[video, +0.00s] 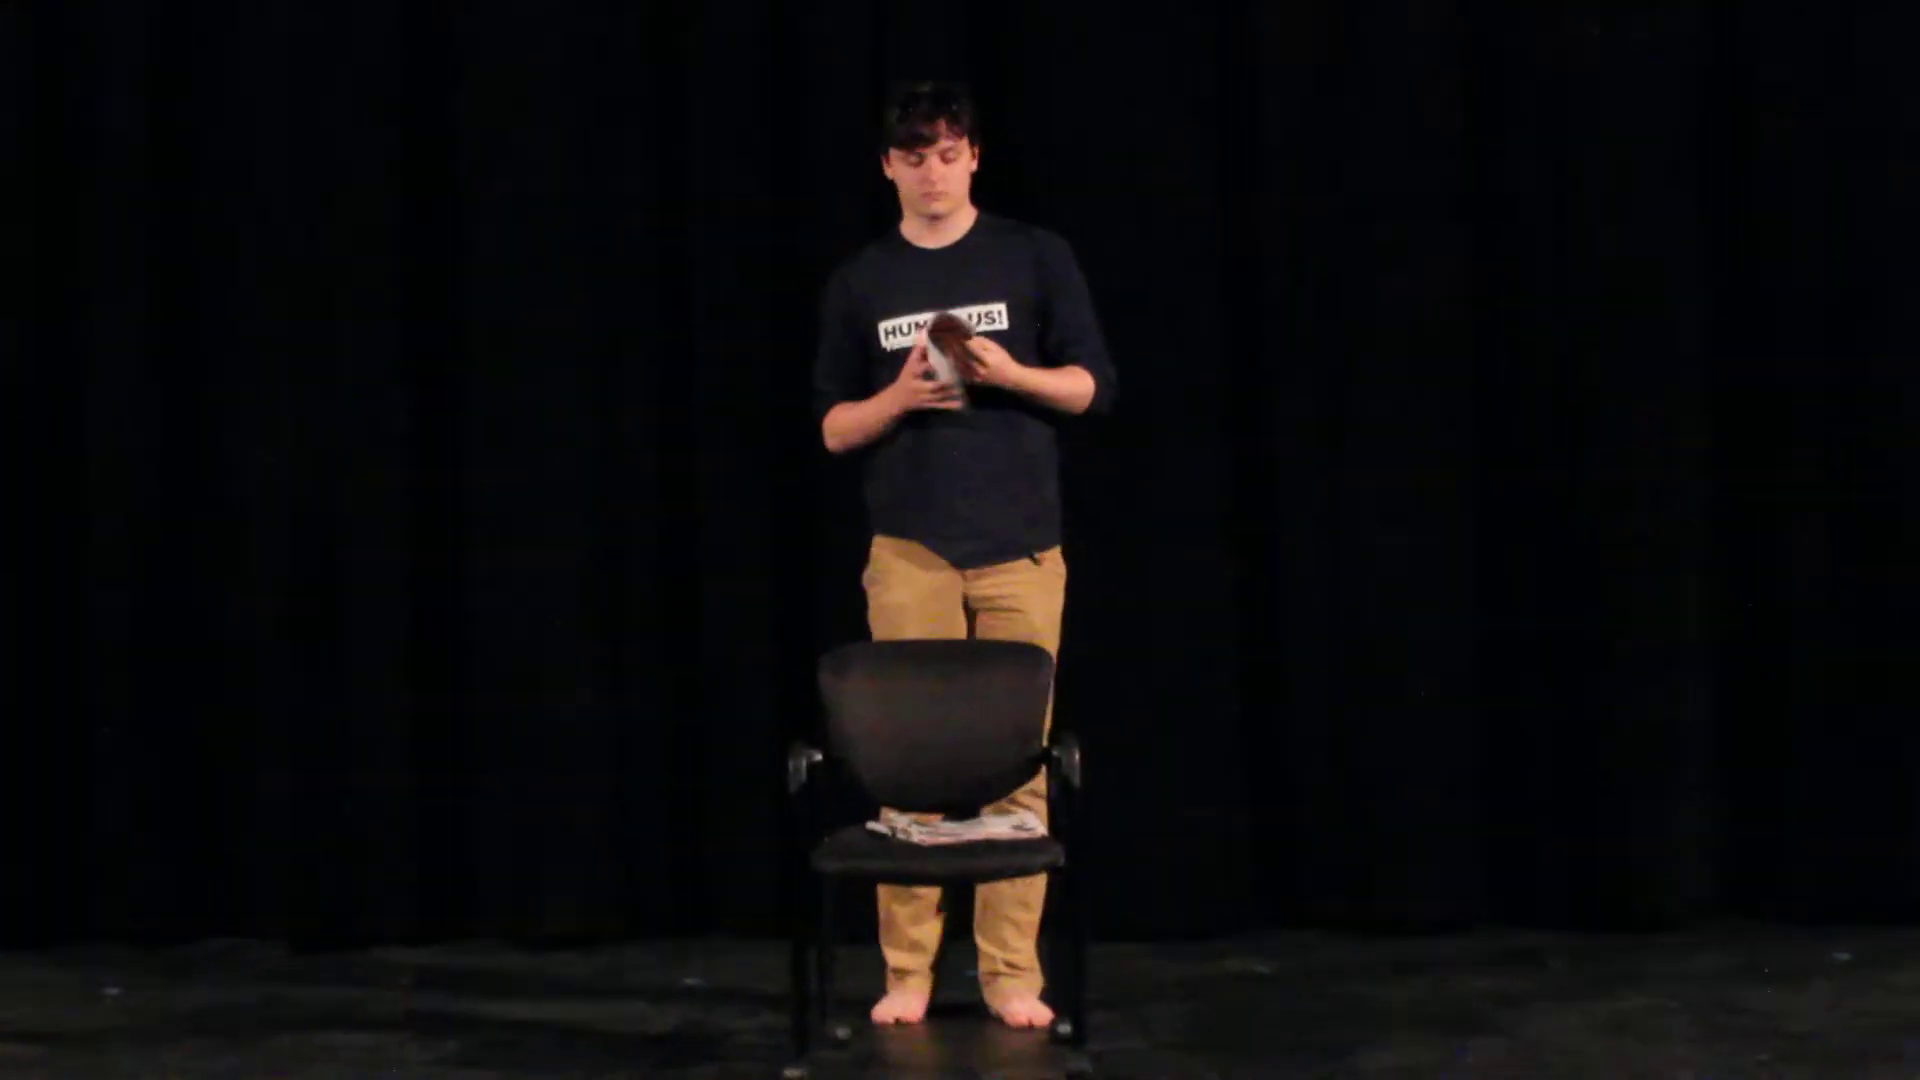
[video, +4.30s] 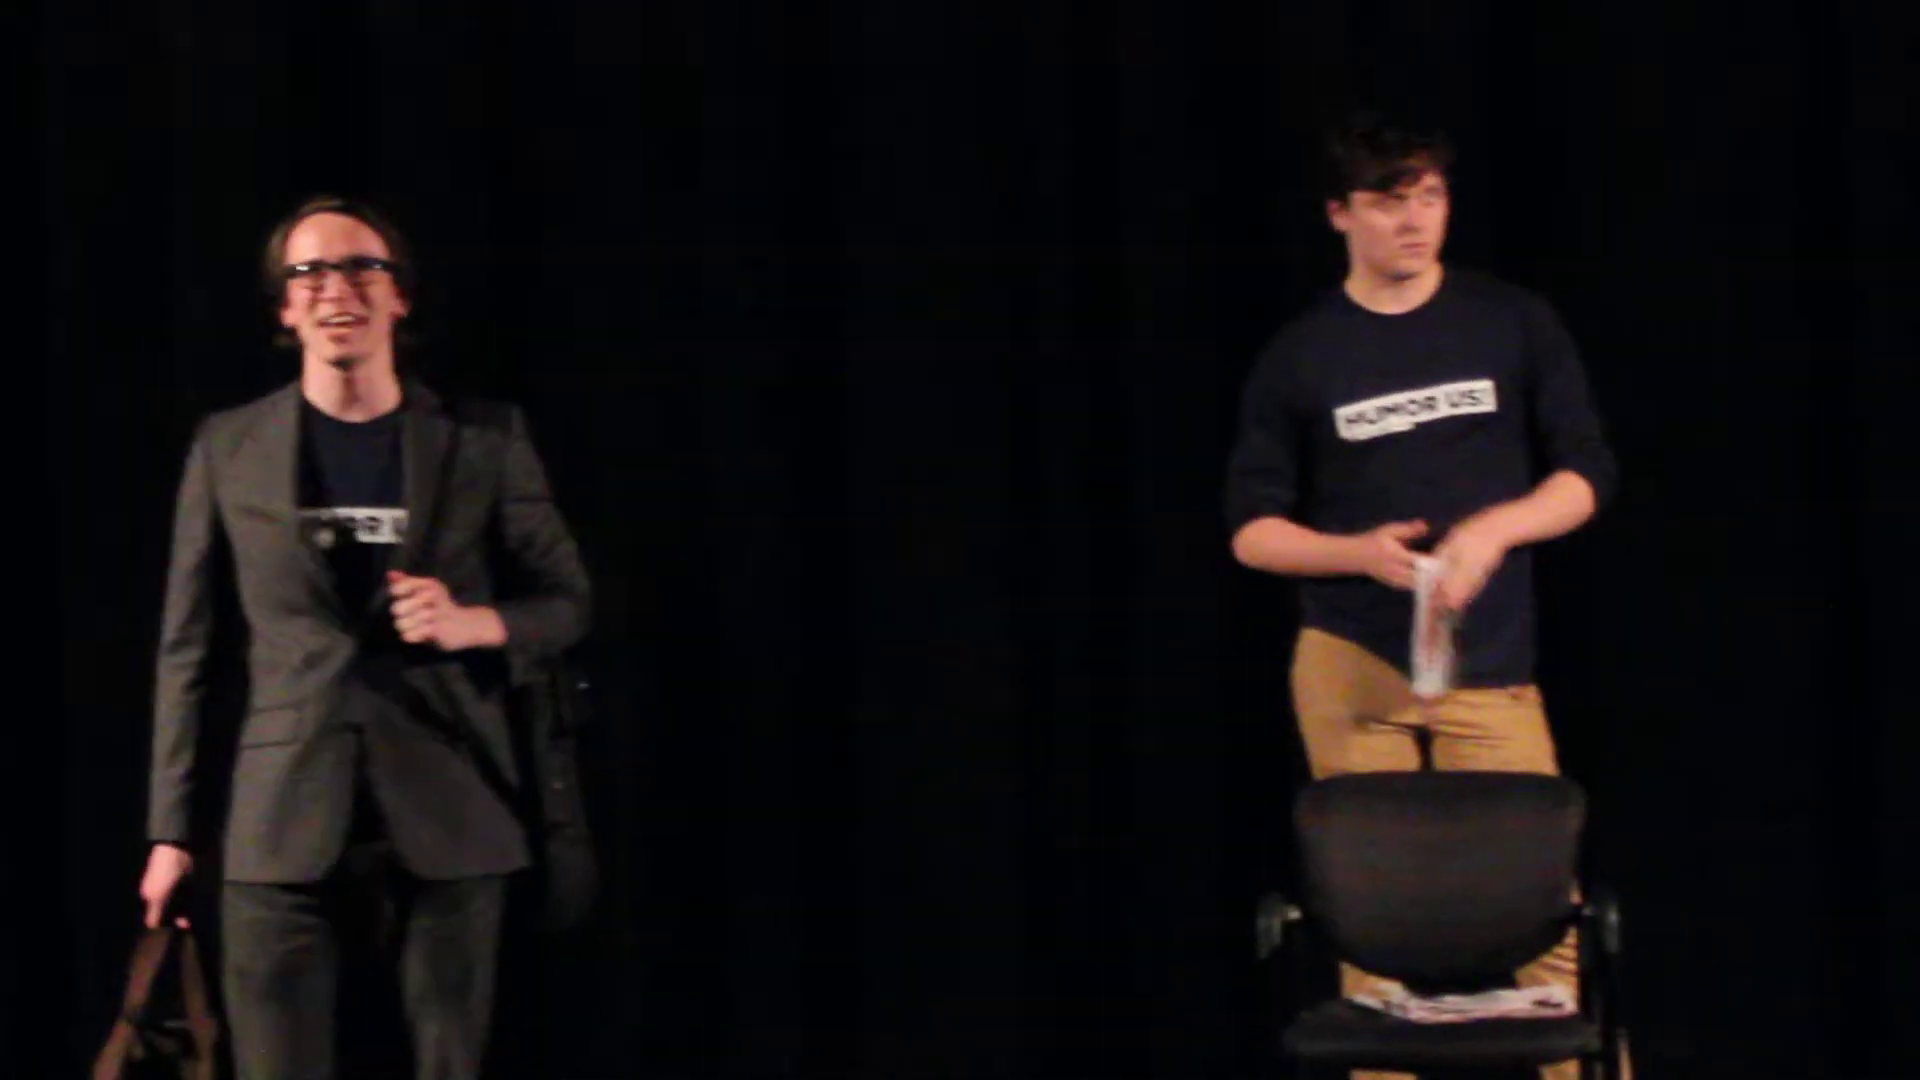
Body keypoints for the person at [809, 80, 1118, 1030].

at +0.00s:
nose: (935, 170)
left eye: (949, 152)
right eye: (917, 155)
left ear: (975, 158)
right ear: (889, 166)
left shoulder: (1038, 260)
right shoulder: (860, 282)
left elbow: (1089, 389)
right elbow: (834, 430)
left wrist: (1012, 374)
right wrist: (902, 397)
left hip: (1022, 550)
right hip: (907, 552)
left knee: (1018, 761)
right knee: (908, 759)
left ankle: (1011, 976)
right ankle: (907, 977)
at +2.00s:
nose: (821, 153)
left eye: (834, 126)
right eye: (802, 139)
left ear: (886, 114)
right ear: (789, 156)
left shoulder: (993, 236)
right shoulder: (786, 277)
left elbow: (1069, 391)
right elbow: (747, 461)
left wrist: (957, 380)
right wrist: (807, 424)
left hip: (967, 586)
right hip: (827, 585)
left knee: (1023, 828)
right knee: (855, 837)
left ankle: (1099, 1066)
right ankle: (881, 1068)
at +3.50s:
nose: (909, 166)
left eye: (925, 138)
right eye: (894, 148)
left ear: (981, 125)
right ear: (880, 164)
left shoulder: (1086, 255)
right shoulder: (878, 290)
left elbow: (1159, 412)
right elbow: (834, 480)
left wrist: (1100, 397)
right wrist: (877, 435)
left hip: (1053, 597)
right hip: (910, 593)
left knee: (1104, 847)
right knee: (930, 851)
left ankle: (1161, 1067)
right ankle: (955, 1069)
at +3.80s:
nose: (1061, 207)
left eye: (1073, 180)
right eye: (1038, 193)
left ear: (1118, 166)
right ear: (1021, 208)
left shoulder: (1226, 292)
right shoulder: (1016, 331)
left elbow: (1298, 445)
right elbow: (976, 516)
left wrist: (1237, 441)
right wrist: (1013, 489)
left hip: (1191, 634)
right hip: (1053, 635)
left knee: (1242, 871)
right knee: (1075, 878)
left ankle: (1291, 1068)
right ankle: (1091, 1075)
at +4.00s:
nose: (1148, 214)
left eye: (1162, 188)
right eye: (1124, 199)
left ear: (1201, 188)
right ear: (1100, 222)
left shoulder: (1294, 305)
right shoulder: (1082, 347)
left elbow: (1372, 455)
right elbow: (1038, 524)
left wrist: (1269, 476)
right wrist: (1107, 518)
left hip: (1266, 654)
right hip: (1127, 656)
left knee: (1317, 889)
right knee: (1156, 894)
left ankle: (1357, 1069)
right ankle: (1164, 1078)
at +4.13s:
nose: (1298, 217)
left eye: (1311, 193)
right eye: (1272, 201)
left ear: (1340, 200)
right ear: (1235, 223)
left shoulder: (1425, 318)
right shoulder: (1210, 353)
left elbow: (1496, 471)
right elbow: (1161, 529)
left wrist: (1389, 491)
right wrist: (1254, 522)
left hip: (1397, 662)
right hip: (1258, 664)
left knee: (1443, 894)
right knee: (1286, 902)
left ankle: (1477, 1072)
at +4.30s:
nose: (1415, 217)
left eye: (1429, 195)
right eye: (1389, 199)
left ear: (1448, 205)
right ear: (1340, 217)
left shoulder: (1515, 326)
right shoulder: (1299, 358)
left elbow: (1586, 478)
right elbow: (1251, 533)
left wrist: (1492, 531)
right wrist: (1356, 553)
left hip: (1492, 669)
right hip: (1351, 674)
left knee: (1534, 904)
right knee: (1376, 912)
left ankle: (1563, 1072)